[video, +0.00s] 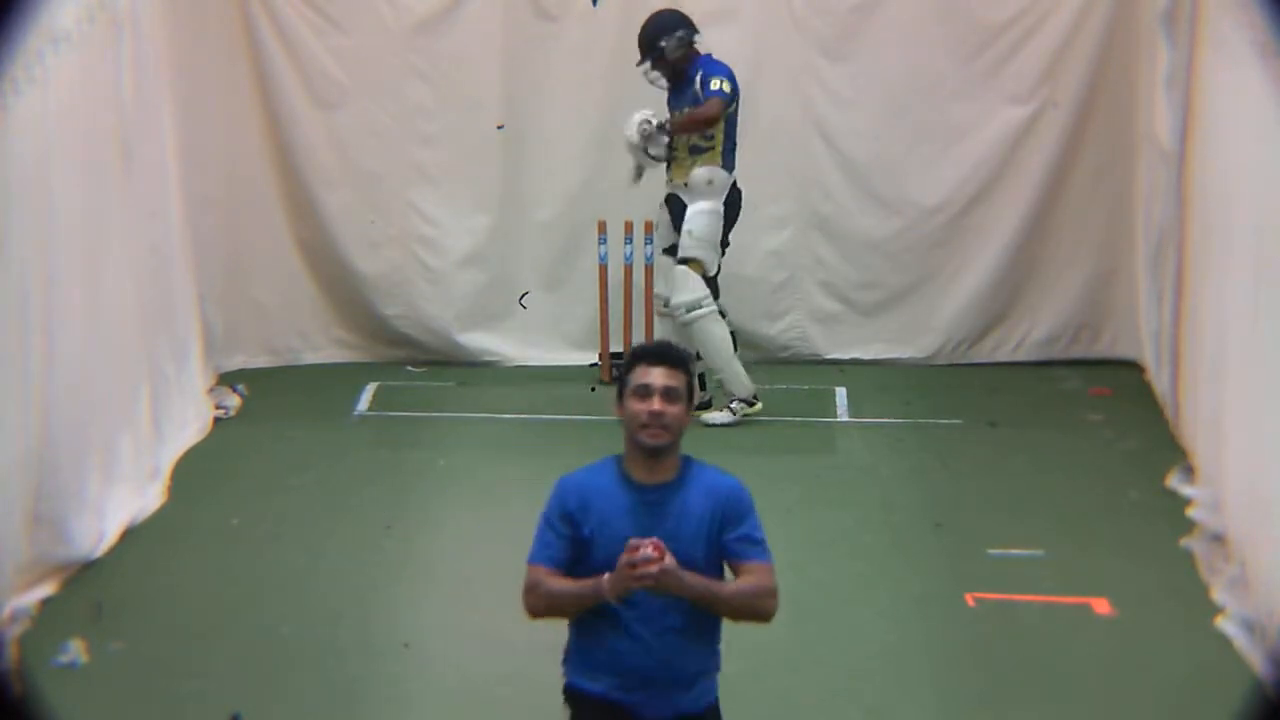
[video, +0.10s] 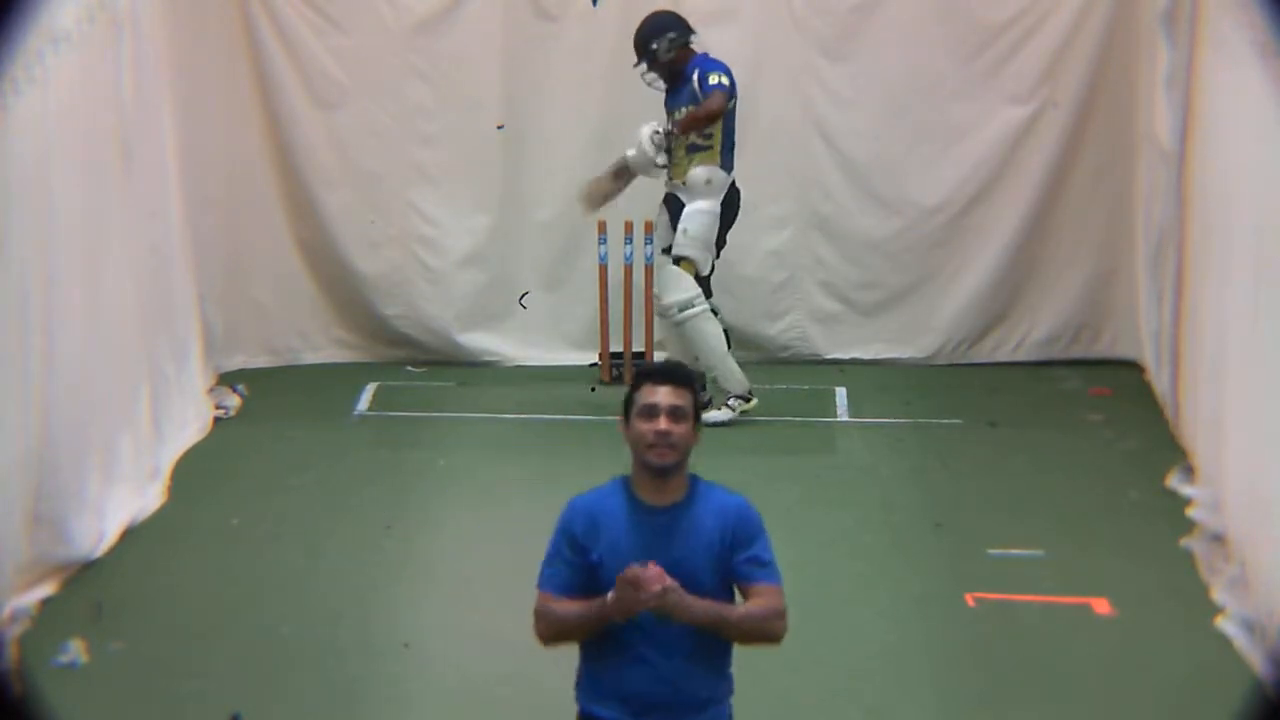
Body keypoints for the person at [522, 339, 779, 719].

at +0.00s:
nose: (655, 407)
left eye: (670, 396)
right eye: (642, 394)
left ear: (689, 412)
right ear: (620, 407)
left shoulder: (723, 495)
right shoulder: (577, 492)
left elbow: (763, 600)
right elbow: (537, 597)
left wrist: (679, 582)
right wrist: (611, 585)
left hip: (689, 701)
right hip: (600, 700)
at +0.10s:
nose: (662, 427)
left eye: (676, 415)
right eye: (648, 414)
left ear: (695, 432)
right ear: (626, 428)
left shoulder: (732, 515)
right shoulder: (586, 514)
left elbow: (771, 622)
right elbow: (547, 624)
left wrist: (680, 604)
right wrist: (615, 605)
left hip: (702, 709)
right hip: (609, 709)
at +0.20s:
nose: (663, 446)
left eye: (678, 434)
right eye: (650, 433)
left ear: (697, 449)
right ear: (627, 447)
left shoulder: (739, 534)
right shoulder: (589, 537)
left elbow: (780, 643)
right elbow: (557, 652)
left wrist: (696, 632)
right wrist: (612, 636)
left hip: (712, 712)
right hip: (615, 713)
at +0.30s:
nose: (666, 450)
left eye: (680, 437)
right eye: (651, 437)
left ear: (699, 451)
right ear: (628, 451)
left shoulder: (746, 536)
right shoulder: (594, 544)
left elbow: (790, 643)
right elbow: (561, 657)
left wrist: (726, 641)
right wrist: (615, 648)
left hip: (719, 713)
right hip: (623, 713)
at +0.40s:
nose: (677, 441)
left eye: (691, 428)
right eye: (662, 428)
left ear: (711, 442)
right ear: (638, 443)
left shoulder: (758, 526)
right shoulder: (604, 534)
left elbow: (806, 631)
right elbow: (570, 645)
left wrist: (755, 633)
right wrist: (639, 635)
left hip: (730, 710)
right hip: (634, 711)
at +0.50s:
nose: (693, 446)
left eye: (708, 433)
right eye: (678, 432)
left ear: (728, 446)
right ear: (655, 446)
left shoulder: (771, 533)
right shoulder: (616, 536)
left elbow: (824, 634)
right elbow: (581, 647)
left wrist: (777, 637)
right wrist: (674, 633)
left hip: (742, 711)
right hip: (643, 712)